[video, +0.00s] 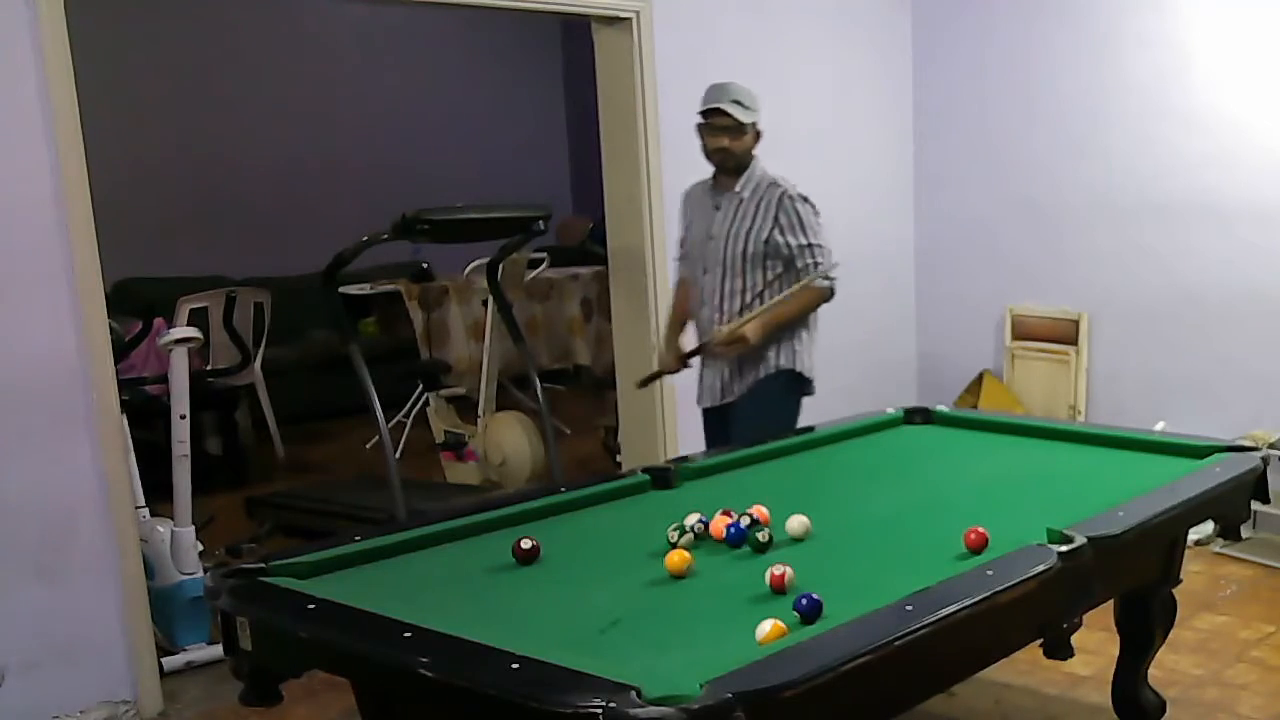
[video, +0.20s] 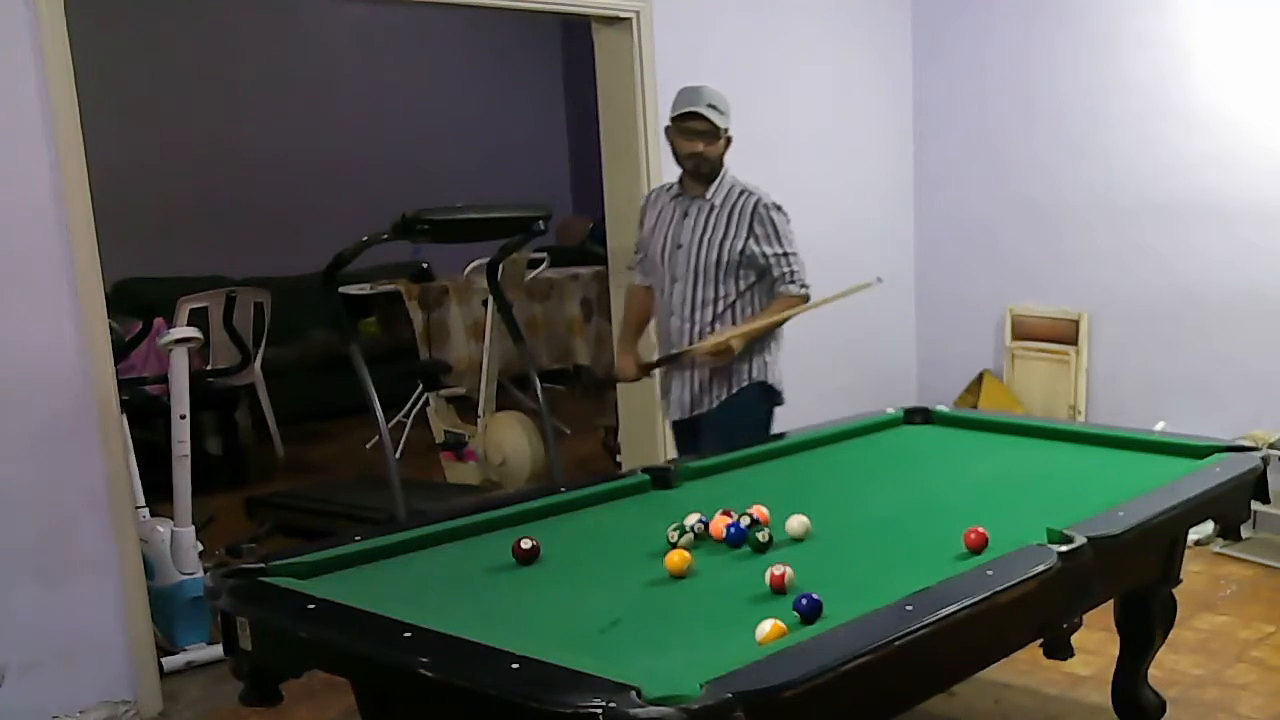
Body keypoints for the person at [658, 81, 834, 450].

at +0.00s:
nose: (721, 143)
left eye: (734, 133)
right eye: (712, 132)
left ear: (755, 136)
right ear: (700, 136)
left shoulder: (784, 201)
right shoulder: (696, 199)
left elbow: (820, 284)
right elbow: (690, 275)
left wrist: (759, 328)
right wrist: (672, 337)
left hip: (770, 374)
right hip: (716, 378)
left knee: (758, 492)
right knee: (725, 493)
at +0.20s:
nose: (698, 147)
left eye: (709, 138)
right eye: (688, 136)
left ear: (726, 142)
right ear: (669, 138)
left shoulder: (756, 210)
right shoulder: (657, 205)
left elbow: (795, 293)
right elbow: (645, 281)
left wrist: (740, 335)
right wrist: (627, 343)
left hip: (742, 389)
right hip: (683, 393)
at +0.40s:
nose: (678, 151)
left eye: (690, 141)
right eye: (667, 139)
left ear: (707, 143)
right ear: (647, 138)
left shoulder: (735, 215)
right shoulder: (629, 204)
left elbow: (773, 299)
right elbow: (612, 282)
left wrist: (720, 343)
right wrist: (601, 350)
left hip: (703, 400)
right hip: (637, 398)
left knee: (697, 522)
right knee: (637, 522)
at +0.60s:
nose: (657, 152)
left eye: (668, 141)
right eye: (646, 139)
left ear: (683, 145)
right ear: (624, 137)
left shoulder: (713, 217)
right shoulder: (597, 200)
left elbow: (750, 302)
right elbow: (581, 277)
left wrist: (701, 346)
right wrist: (571, 350)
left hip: (683, 409)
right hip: (605, 405)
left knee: (680, 535)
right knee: (585, 527)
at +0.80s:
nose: (628, 157)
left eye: (639, 146)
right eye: (616, 144)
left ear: (650, 146)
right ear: (589, 140)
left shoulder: (682, 219)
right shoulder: (555, 206)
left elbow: (719, 305)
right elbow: (541, 283)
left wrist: (674, 353)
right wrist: (539, 359)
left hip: (664, 418)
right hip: (581, 418)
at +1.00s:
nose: (583, 154)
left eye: (594, 141)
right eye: (570, 140)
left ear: (606, 142)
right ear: (543, 137)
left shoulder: (637, 215)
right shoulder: (504, 209)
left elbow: (678, 300)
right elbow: (490, 291)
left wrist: (648, 356)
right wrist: (494, 371)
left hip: (626, 422)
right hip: (540, 425)